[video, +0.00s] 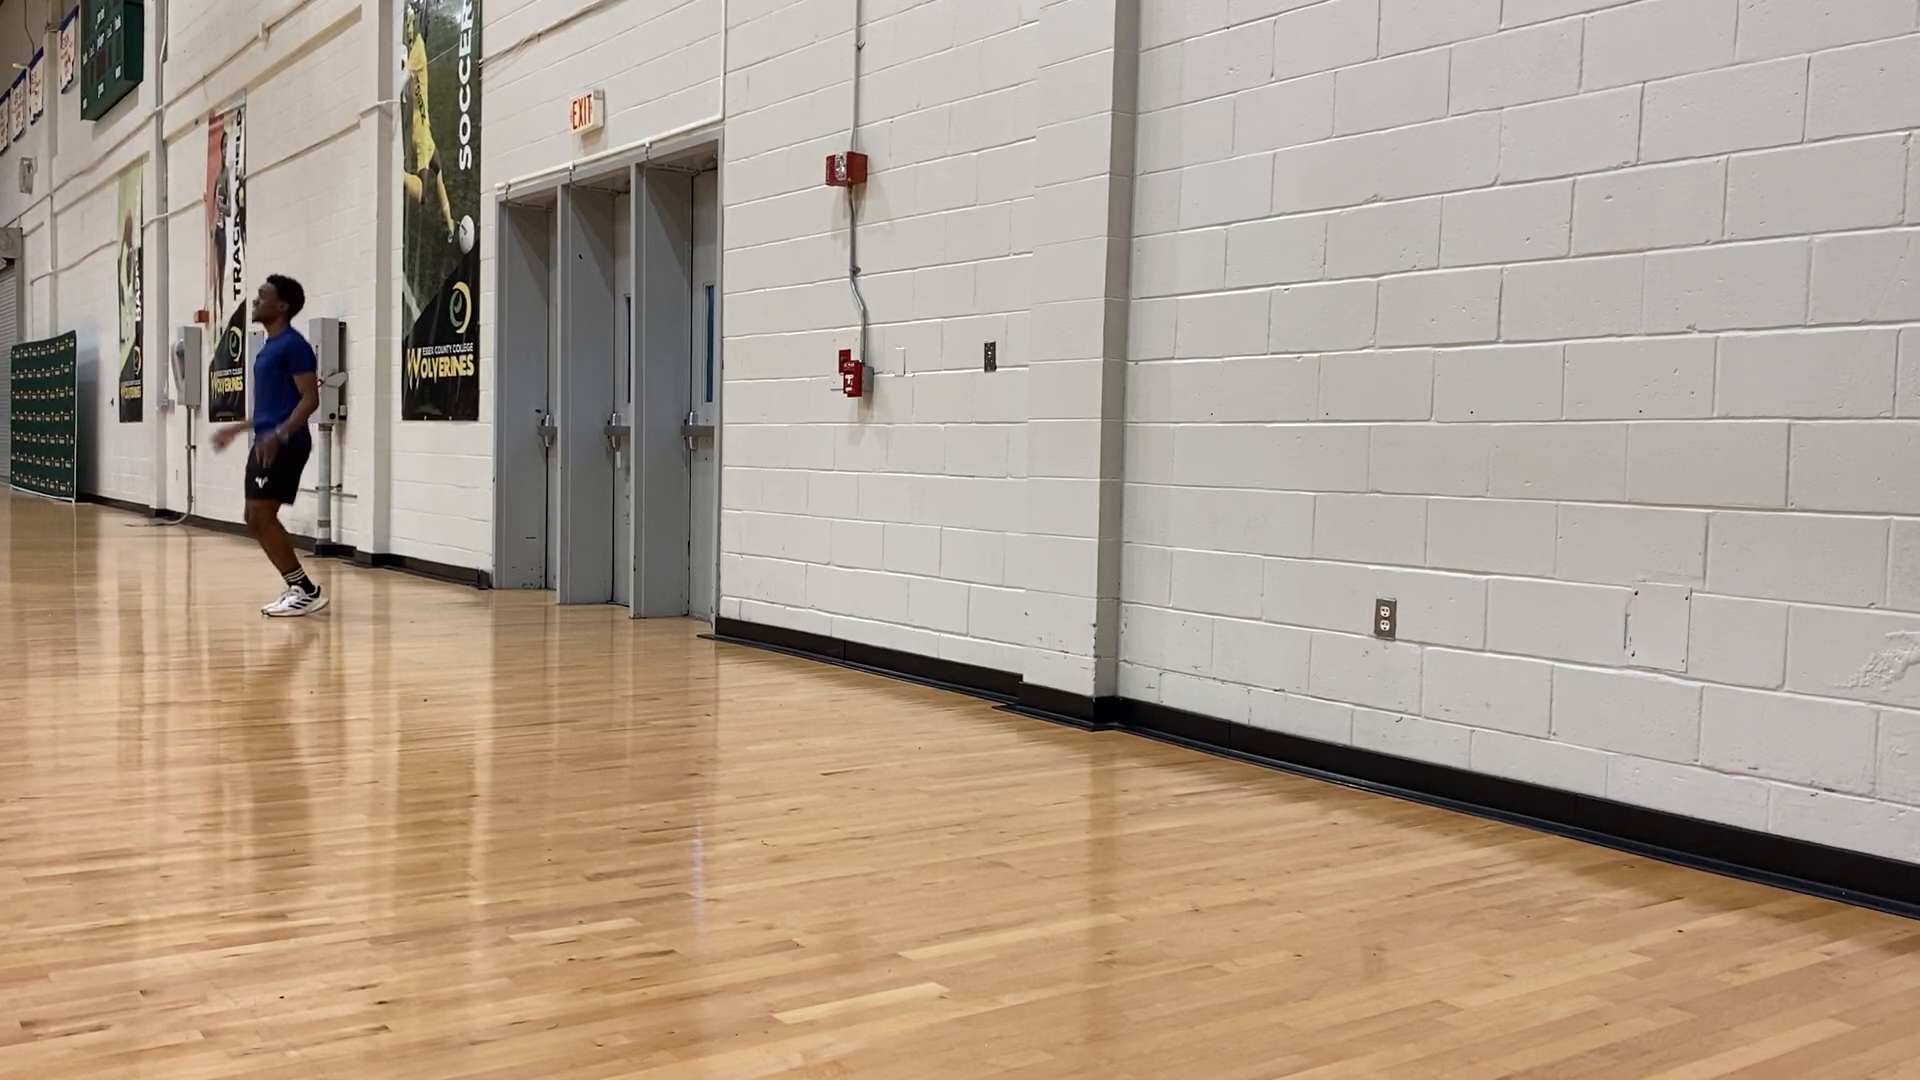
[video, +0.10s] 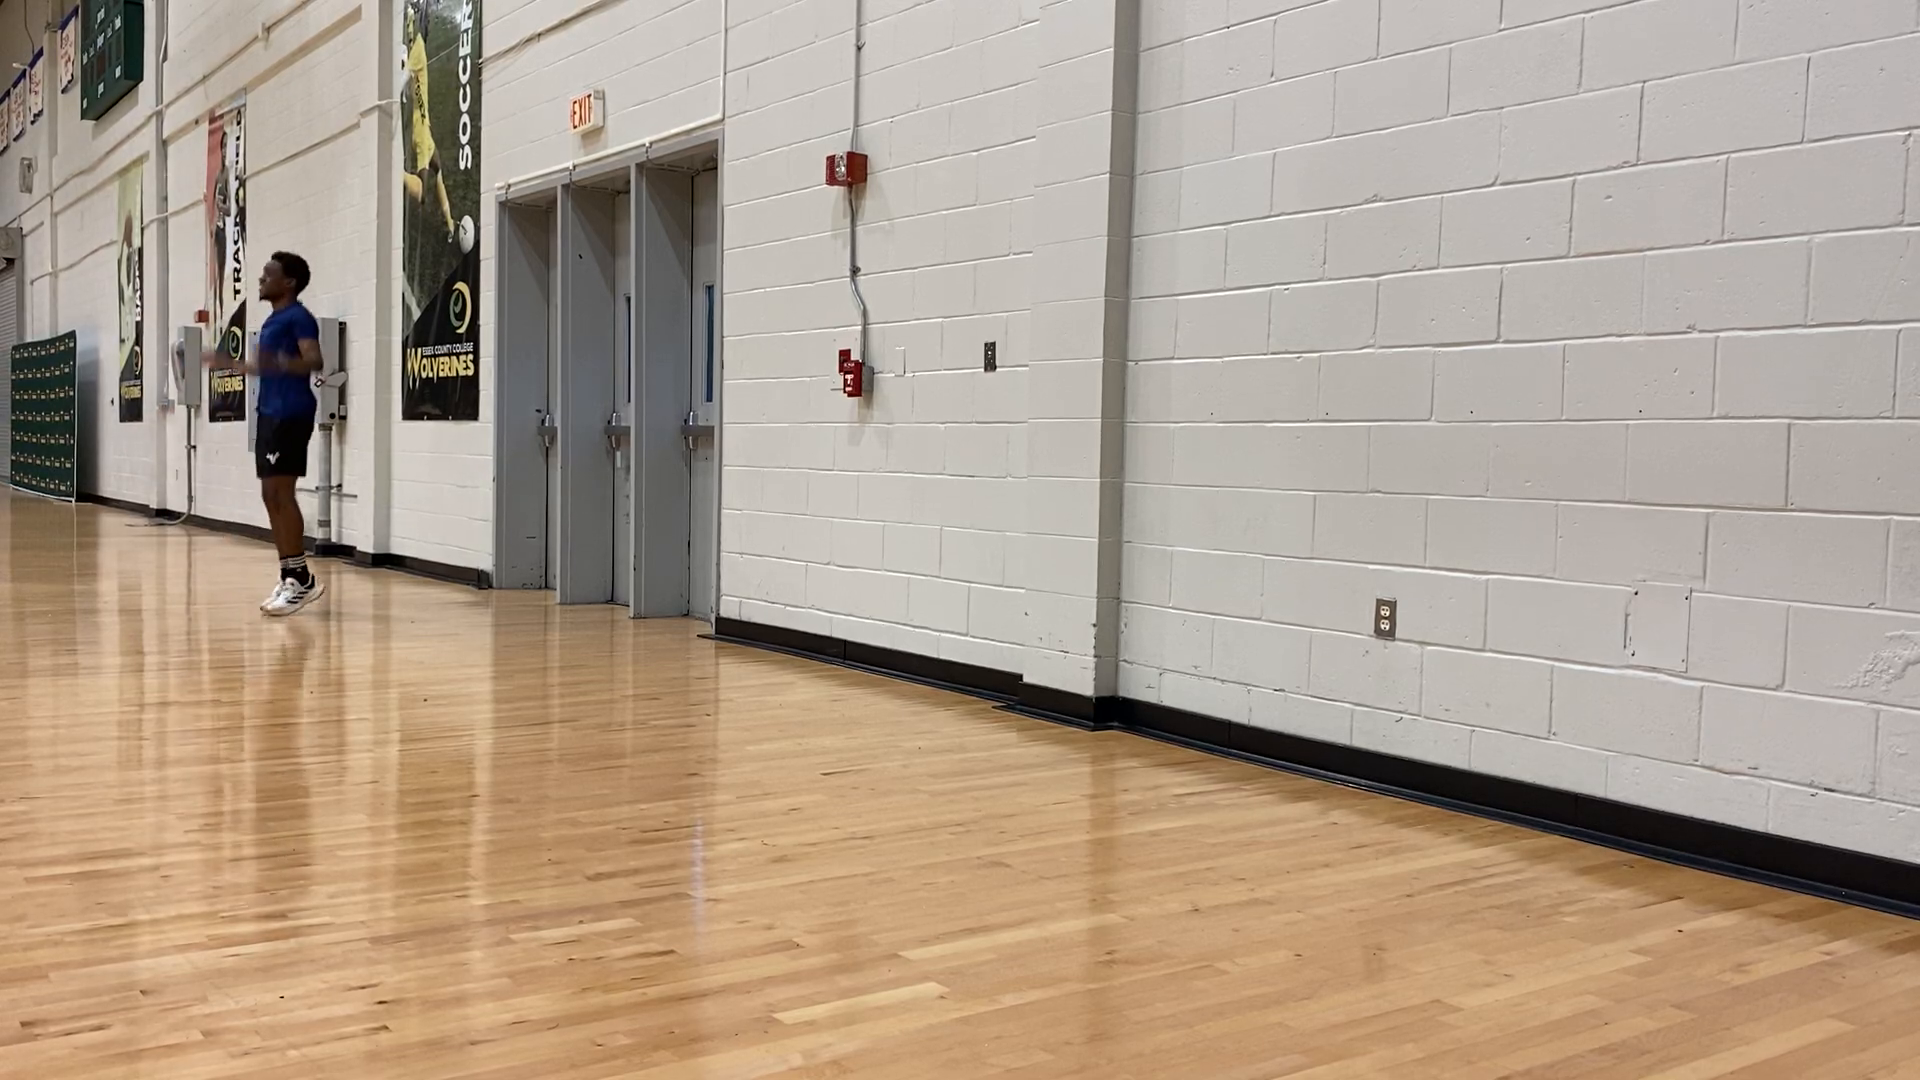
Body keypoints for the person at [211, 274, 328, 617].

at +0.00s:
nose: (255, 301)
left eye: (262, 297)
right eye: (257, 296)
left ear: (281, 307)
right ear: (275, 308)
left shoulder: (294, 345)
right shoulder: (270, 346)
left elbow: (311, 399)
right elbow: (270, 408)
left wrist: (279, 434)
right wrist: (236, 429)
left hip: (286, 440)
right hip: (267, 438)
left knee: (263, 516)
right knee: (253, 519)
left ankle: (304, 590)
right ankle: (299, 588)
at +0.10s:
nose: (261, 279)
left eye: (268, 274)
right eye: (263, 274)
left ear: (289, 282)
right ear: (278, 282)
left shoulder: (298, 317)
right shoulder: (273, 320)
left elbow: (315, 359)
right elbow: (267, 368)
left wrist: (282, 364)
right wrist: (230, 363)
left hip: (291, 417)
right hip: (271, 416)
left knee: (281, 495)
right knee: (272, 495)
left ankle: (301, 580)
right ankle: (290, 578)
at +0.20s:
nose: (267, 272)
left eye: (275, 267)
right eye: (268, 266)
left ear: (293, 275)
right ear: (272, 275)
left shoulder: (301, 302)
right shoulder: (273, 312)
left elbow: (317, 323)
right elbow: (259, 333)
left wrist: (281, 290)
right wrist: (224, 295)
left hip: (296, 405)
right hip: (273, 406)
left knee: (287, 486)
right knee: (272, 487)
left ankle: (311, 574)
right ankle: (292, 571)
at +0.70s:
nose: (284, 277)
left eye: (291, 274)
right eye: (288, 272)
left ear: (307, 284)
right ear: (303, 284)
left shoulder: (317, 314)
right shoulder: (294, 320)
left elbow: (341, 348)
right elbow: (274, 348)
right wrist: (230, 322)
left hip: (310, 415)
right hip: (291, 414)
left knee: (297, 494)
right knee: (288, 495)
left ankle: (326, 577)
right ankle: (314, 577)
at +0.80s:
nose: (285, 294)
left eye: (292, 291)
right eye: (289, 289)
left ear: (308, 302)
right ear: (304, 302)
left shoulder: (320, 339)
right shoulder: (298, 341)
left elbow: (348, 383)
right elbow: (293, 391)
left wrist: (302, 398)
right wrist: (250, 386)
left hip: (313, 436)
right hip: (295, 436)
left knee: (297, 511)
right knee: (286, 511)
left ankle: (335, 589)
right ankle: (324, 586)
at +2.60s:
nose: (285, 310)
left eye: (292, 305)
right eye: (287, 304)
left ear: (310, 312)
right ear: (307, 313)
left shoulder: (322, 346)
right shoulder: (305, 352)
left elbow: (329, 389)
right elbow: (292, 409)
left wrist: (284, 409)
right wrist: (249, 417)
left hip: (324, 444)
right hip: (310, 443)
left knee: (292, 513)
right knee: (285, 515)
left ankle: (335, 588)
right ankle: (328, 586)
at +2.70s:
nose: (288, 295)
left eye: (294, 289)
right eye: (290, 289)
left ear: (314, 296)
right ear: (310, 296)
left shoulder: (321, 322)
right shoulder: (304, 333)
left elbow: (325, 348)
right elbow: (287, 376)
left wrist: (278, 340)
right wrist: (238, 364)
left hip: (320, 430)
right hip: (304, 430)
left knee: (302, 503)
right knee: (294, 505)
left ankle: (334, 584)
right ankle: (326, 582)